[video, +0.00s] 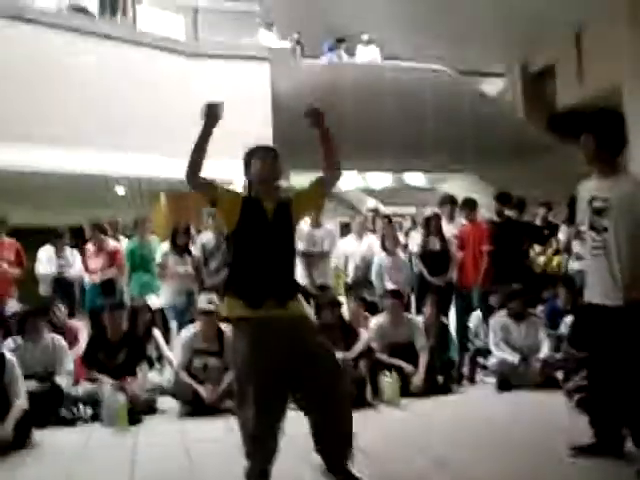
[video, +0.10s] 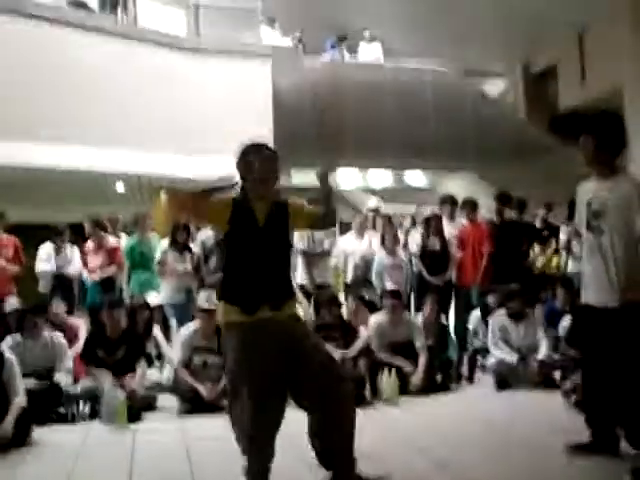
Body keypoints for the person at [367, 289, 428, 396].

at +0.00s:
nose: (392, 305)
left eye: (396, 300)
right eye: (389, 300)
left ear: (403, 304)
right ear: (384, 303)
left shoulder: (414, 323)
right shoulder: (377, 324)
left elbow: (423, 349)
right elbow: (376, 353)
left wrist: (420, 375)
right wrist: (402, 365)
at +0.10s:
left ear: (402, 306)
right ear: (384, 305)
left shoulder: (411, 323)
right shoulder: (376, 322)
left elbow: (423, 350)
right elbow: (378, 351)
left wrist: (419, 375)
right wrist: (404, 365)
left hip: (405, 347)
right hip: (385, 348)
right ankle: (374, 392)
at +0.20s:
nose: (390, 288)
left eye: (394, 284)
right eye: (386, 283)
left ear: (401, 288)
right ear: (382, 287)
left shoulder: (412, 307)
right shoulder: (375, 307)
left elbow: (421, 333)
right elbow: (376, 337)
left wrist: (418, 360)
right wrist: (401, 349)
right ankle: (374, 377)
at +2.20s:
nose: (388, 279)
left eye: (391, 274)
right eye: (384, 276)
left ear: (398, 277)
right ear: (379, 281)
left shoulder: (413, 298)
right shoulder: (374, 300)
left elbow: (422, 327)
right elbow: (375, 328)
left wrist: (418, 351)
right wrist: (401, 339)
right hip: (385, 334)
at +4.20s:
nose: (390, 280)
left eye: (394, 276)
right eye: (386, 276)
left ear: (400, 279)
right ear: (381, 280)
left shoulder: (414, 298)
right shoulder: (374, 300)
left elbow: (422, 326)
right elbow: (374, 328)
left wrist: (418, 351)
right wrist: (401, 340)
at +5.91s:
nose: (392, 283)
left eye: (396, 279)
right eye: (388, 279)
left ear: (403, 281)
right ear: (384, 283)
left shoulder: (418, 300)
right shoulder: (378, 302)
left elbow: (426, 329)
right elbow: (378, 331)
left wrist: (422, 354)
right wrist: (405, 342)